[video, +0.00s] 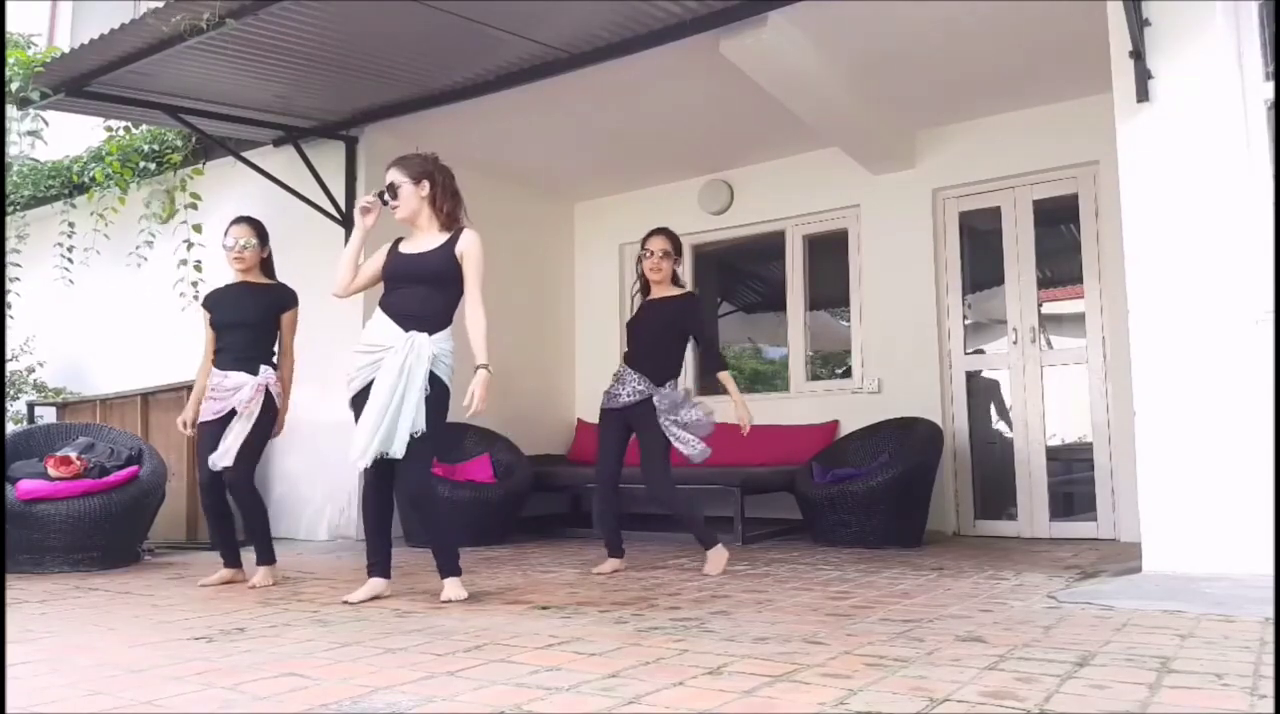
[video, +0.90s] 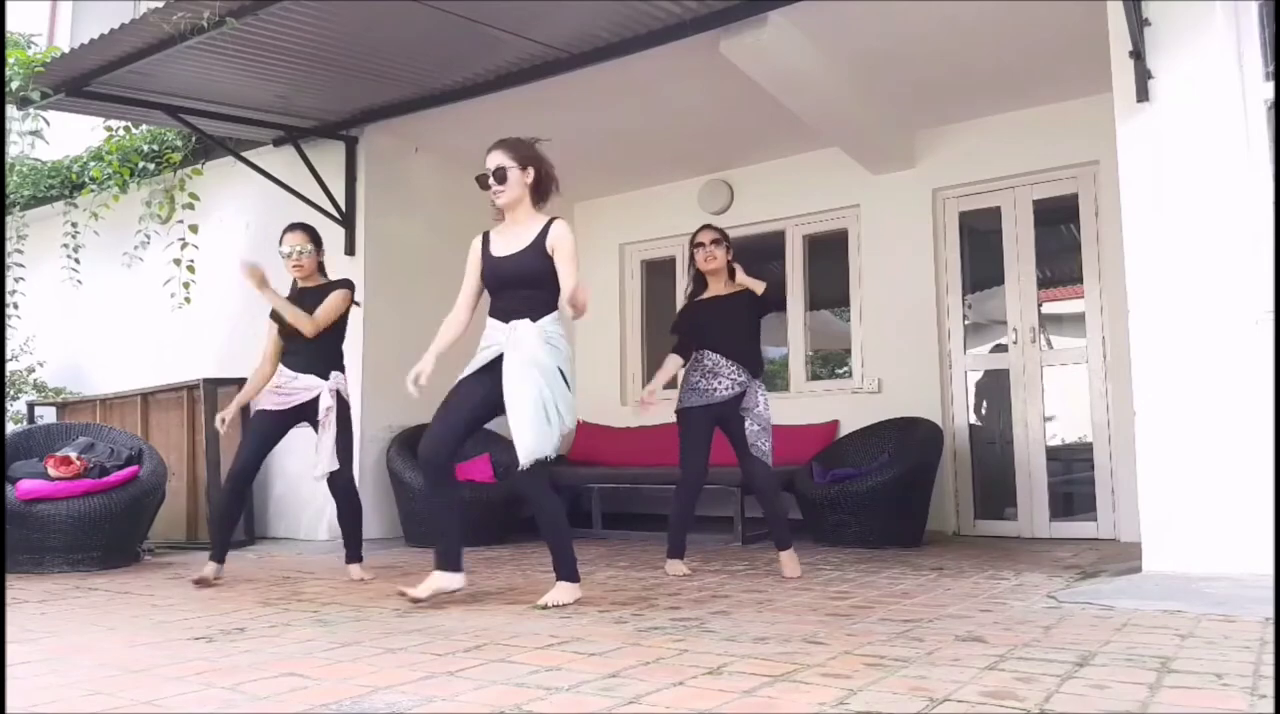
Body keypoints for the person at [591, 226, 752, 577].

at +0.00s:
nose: (655, 261)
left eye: (663, 255)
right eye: (648, 254)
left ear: (676, 261)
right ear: (641, 261)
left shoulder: (688, 302)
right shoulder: (645, 303)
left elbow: (711, 355)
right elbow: (635, 350)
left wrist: (738, 400)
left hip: (651, 400)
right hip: (618, 396)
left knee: (659, 487)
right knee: (605, 478)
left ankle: (714, 546)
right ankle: (614, 555)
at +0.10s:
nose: (666, 253)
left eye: (675, 247)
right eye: (660, 247)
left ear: (689, 254)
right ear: (654, 254)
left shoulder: (699, 296)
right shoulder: (658, 298)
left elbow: (719, 353)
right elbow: (645, 344)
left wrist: (744, 400)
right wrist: (630, 375)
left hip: (662, 394)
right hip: (627, 394)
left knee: (689, 476)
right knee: (614, 476)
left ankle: (741, 543)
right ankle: (615, 555)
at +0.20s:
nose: (682, 247)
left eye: (691, 241)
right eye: (676, 241)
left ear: (706, 247)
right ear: (670, 248)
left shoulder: (715, 287)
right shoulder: (676, 291)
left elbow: (721, 344)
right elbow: (669, 343)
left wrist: (732, 398)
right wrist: (648, 385)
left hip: (690, 387)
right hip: (651, 386)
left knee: (728, 467)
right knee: (627, 469)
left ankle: (783, 540)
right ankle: (616, 552)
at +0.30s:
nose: (700, 247)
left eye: (708, 240)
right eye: (695, 242)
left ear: (726, 246)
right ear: (691, 250)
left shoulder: (739, 283)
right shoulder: (693, 298)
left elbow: (730, 339)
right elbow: (679, 350)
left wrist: (703, 382)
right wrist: (652, 398)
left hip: (718, 384)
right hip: (681, 387)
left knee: (755, 466)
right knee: (647, 466)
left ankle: (806, 547)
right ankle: (617, 548)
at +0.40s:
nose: (715, 249)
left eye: (723, 241)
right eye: (711, 245)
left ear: (742, 246)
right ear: (707, 253)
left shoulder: (762, 286)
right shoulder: (711, 299)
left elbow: (745, 335)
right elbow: (697, 356)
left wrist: (692, 341)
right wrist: (674, 403)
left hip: (743, 392)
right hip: (704, 394)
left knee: (769, 477)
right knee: (663, 469)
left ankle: (810, 556)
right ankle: (633, 550)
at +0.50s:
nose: (723, 248)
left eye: (731, 240)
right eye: (719, 243)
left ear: (751, 246)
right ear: (717, 253)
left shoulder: (775, 288)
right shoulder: (720, 297)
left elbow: (761, 337)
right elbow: (710, 349)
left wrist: (718, 311)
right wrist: (707, 393)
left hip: (756, 391)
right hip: (720, 392)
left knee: (771, 478)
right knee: (681, 471)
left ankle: (810, 559)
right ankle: (665, 556)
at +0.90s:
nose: (708, 250)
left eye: (714, 244)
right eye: (700, 247)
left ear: (728, 251)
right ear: (693, 258)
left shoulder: (751, 293)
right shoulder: (693, 308)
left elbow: (787, 302)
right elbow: (680, 351)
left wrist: (746, 280)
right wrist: (656, 383)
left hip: (742, 393)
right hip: (697, 395)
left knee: (760, 476)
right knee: (692, 476)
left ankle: (785, 548)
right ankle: (674, 555)